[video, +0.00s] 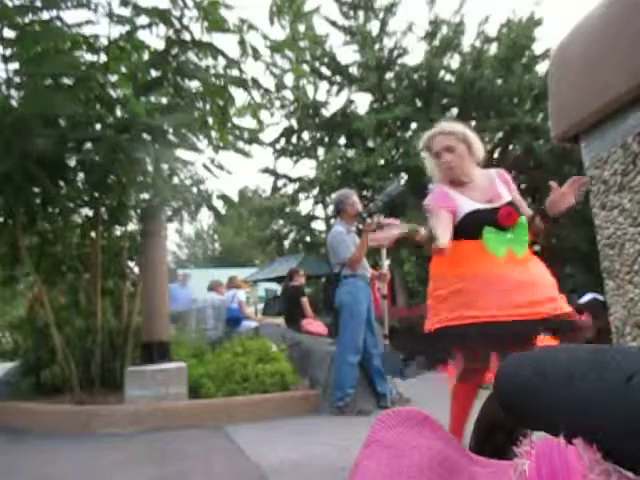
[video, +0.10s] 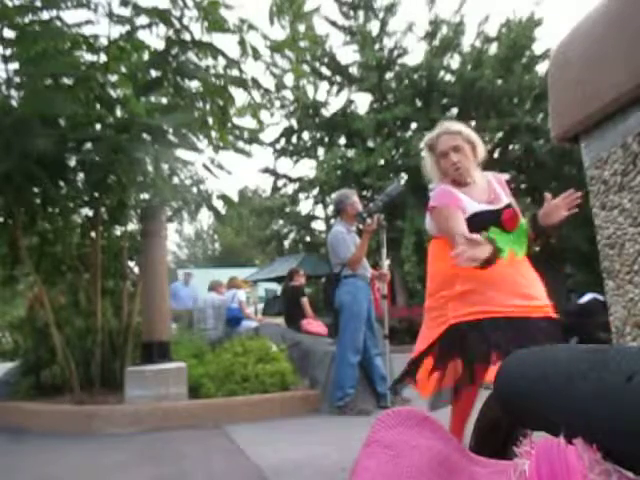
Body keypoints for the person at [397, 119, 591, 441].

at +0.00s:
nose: (445, 159)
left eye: (451, 150)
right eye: (437, 155)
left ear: (470, 149)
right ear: (434, 164)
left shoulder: (499, 178)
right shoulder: (440, 196)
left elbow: (529, 227)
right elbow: (441, 237)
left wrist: (548, 212)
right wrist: (436, 240)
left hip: (516, 280)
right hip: (467, 284)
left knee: (521, 362)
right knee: (474, 365)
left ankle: (520, 437)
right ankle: (454, 441)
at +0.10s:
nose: (452, 160)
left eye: (457, 150)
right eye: (443, 156)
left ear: (473, 150)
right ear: (436, 165)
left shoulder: (497, 183)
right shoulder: (443, 196)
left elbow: (514, 235)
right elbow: (455, 231)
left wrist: (540, 222)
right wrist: (475, 247)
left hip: (515, 281)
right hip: (466, 286)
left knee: (535, 355)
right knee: (472, 367)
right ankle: (455, 441)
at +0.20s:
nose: (461, 153)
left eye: (465, 144)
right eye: (450, 150)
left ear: (479, 147)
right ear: (441, 160)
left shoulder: (493, 184)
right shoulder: (449, 191)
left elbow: (505, 224)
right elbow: (480, 241)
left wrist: (533, 218)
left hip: (501, 290)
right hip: (468, 296)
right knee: (472, 371)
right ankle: (455, 442)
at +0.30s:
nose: (473, 147)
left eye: (478, 138)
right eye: (463, 143)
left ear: (487, 142)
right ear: (449, 152)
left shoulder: (487, 180)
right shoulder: (456, 183)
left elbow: (497, 215)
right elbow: (496, 231)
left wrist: (525, 203)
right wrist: (556, 224)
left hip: (490, 283)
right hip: (470, 286)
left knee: (474, 367)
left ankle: (454, 443)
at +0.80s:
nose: (522, 145)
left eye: (521, 138)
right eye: (517, 137)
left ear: (494, 139)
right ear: (501, 138)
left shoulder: (490, 171)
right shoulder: (483, 172)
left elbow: (518, 190)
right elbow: (509, 223)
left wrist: (531, 193)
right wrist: (532, 231)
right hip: (473, 278)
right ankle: (454, 438)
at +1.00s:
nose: (537, 156)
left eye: (537, 149)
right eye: (532, 148)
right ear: (511, 148)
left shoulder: (511, 191)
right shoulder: (488, 174)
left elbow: (542, 219)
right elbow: (503, 224)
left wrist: (572, 202)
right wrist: (542, 246)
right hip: (461, 268)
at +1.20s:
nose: (542, 170)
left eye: (544, 164)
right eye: (536, 162)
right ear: (512, 162)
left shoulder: (519, 211)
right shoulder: (485, 190)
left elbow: (543, 245)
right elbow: (504, 241)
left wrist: (569, 241)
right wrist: (551, 257)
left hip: (488, 285)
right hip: (454, 281)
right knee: (439, 352)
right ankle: (385, 410)